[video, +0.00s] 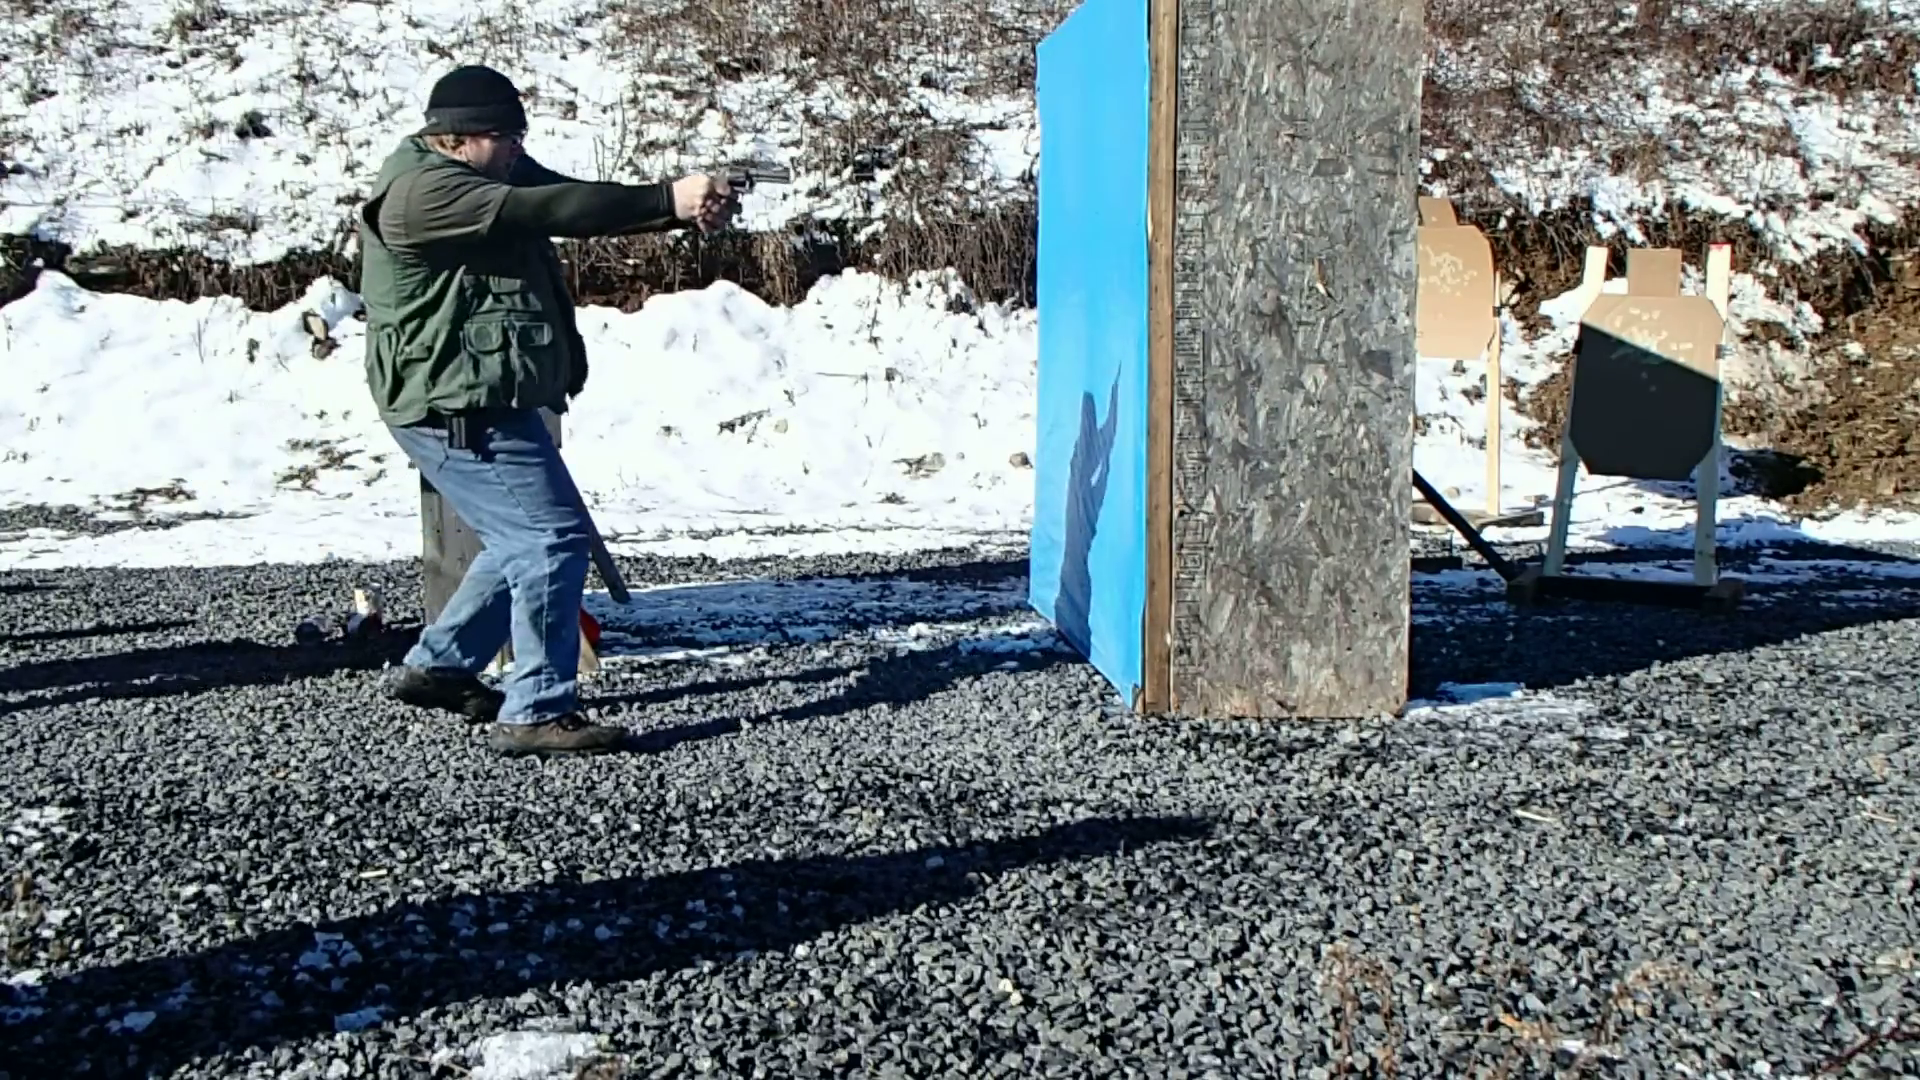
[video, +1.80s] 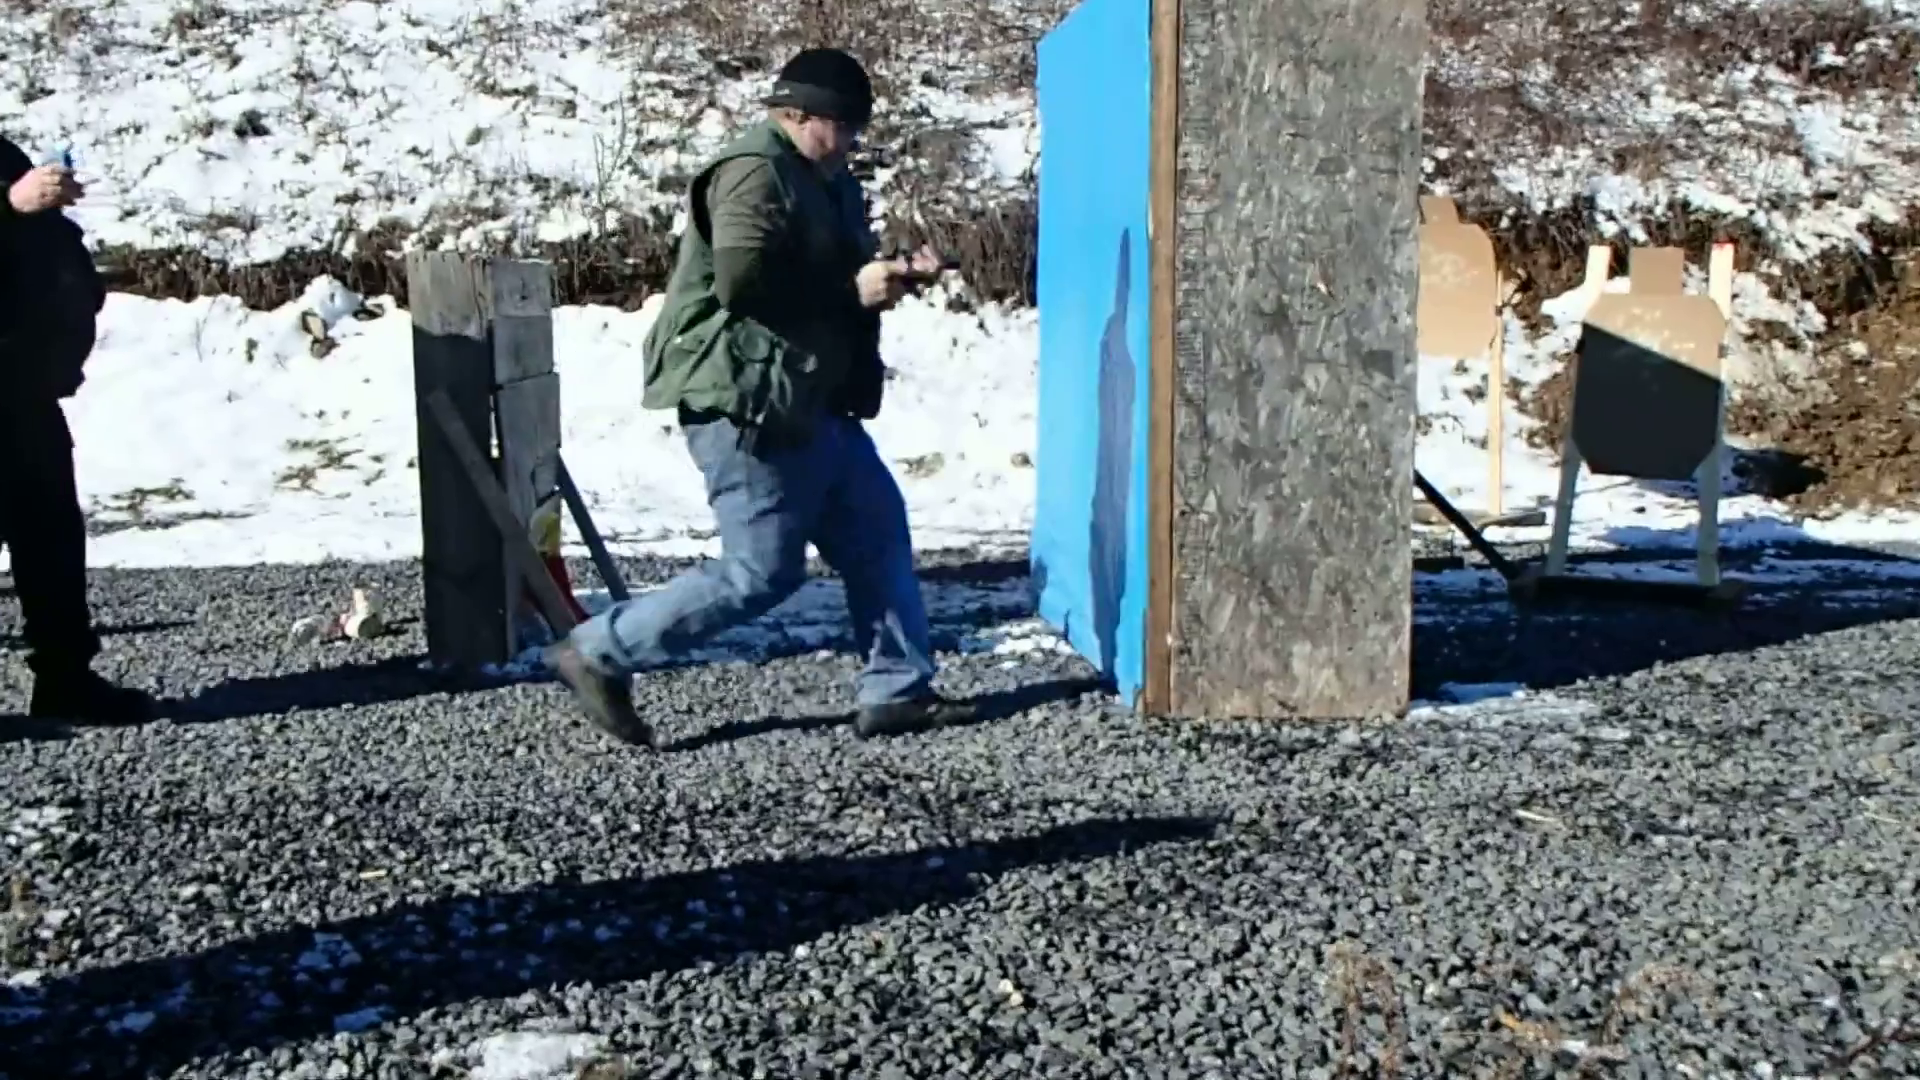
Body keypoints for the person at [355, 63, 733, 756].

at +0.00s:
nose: (518, 153)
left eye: (516, 140)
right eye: (508, 141)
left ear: (466, 134)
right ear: (466, 136)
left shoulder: (477, 177)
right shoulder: (426, 190)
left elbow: (571, 197)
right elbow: (546, 208)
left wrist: (672, 201)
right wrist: (667, 202)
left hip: (482, 398)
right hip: (455, 405)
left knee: (527, 534)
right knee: (554, 535)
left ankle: (438, 664)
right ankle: (537, 711)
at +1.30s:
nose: (629, 136)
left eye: (630, 124)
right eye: (623, 123)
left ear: (574, 115)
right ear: (582, 116)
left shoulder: (591, 162)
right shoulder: (528, 169)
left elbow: (682, 206)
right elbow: (641, 210)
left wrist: (775, 203)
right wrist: (762, 195)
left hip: (556, 394)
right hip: (546, 400)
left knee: (539, 542)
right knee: (613, 551)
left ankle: (466, 683)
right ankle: (538, 711)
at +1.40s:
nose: (660, 121)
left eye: (659, 109)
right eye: (652, 108)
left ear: (609, 111)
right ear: (608, 111)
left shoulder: (640, 169)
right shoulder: (544, 171)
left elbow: (687, 262)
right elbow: (622, 248)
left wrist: (747, 229)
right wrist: (734, 212)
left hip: (600, 402)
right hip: (563, 407)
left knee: (559, 544)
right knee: (622, 557)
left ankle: (470, 675)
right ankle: (538, 709)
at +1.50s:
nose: (697, 127)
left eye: (696, 113)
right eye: (689, 113)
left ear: (649, 111)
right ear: (648, 112)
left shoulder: (678, 177)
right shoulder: (580, 179)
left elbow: (699, 267)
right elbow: (615, 284)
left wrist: (766, 256)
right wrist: (720, 250)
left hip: (654, 402)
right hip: (584, 404)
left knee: (666, 550)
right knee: (628, 564)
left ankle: (517, 640)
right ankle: (539, 710)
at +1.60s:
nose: (740, 133)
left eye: (740, 119)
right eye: (731, 119)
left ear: (691, 117)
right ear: (690, 116)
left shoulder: (715, 189)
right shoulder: (633, 188)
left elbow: (710, 286)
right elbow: (641, 299)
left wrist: (772, 275)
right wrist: (745, 273)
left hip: (682, 407)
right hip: (618, 408)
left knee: (753, 520)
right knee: (647, 575)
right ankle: (534, 712)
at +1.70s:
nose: (795, 133)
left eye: (797, 119)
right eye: (789, 117)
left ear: (748, 115)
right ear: (749, 112)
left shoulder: (765, 181)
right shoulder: (699, 170)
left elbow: (763, 277)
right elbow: (684, 285)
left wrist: (818, 265)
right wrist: (794, 278)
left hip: (746, 410)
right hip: (688, 411)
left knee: (821, 507)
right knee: (671, 572)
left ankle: (843, 682)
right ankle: (536, 702)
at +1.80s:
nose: (854, 142)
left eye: (857, 128)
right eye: (847, 126)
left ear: (815, 119)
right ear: (807, 115)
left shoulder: (830, 185)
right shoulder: (754, 170)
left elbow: (832, 279)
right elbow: (741, 282)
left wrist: (895, 271)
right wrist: (850, 292)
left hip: (808, 407)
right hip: (740, 407)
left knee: (875, 522)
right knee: (760, 569)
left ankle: (894, 691)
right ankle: (596, 652)